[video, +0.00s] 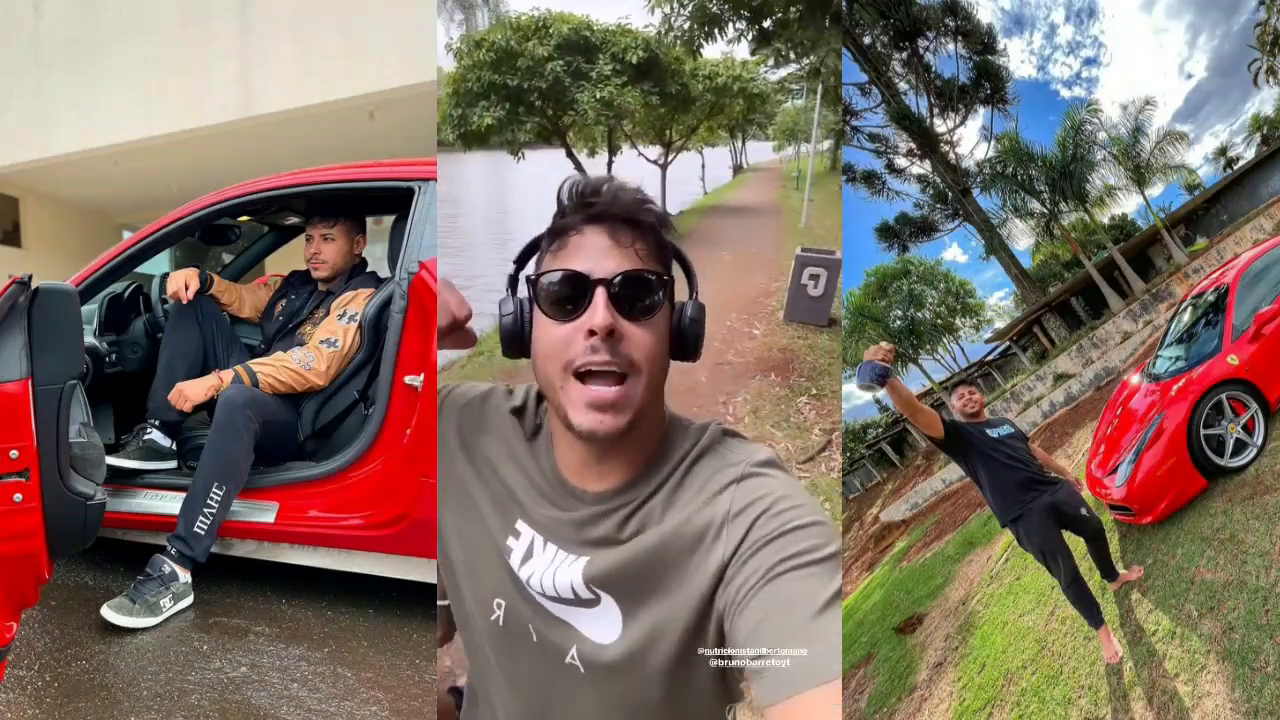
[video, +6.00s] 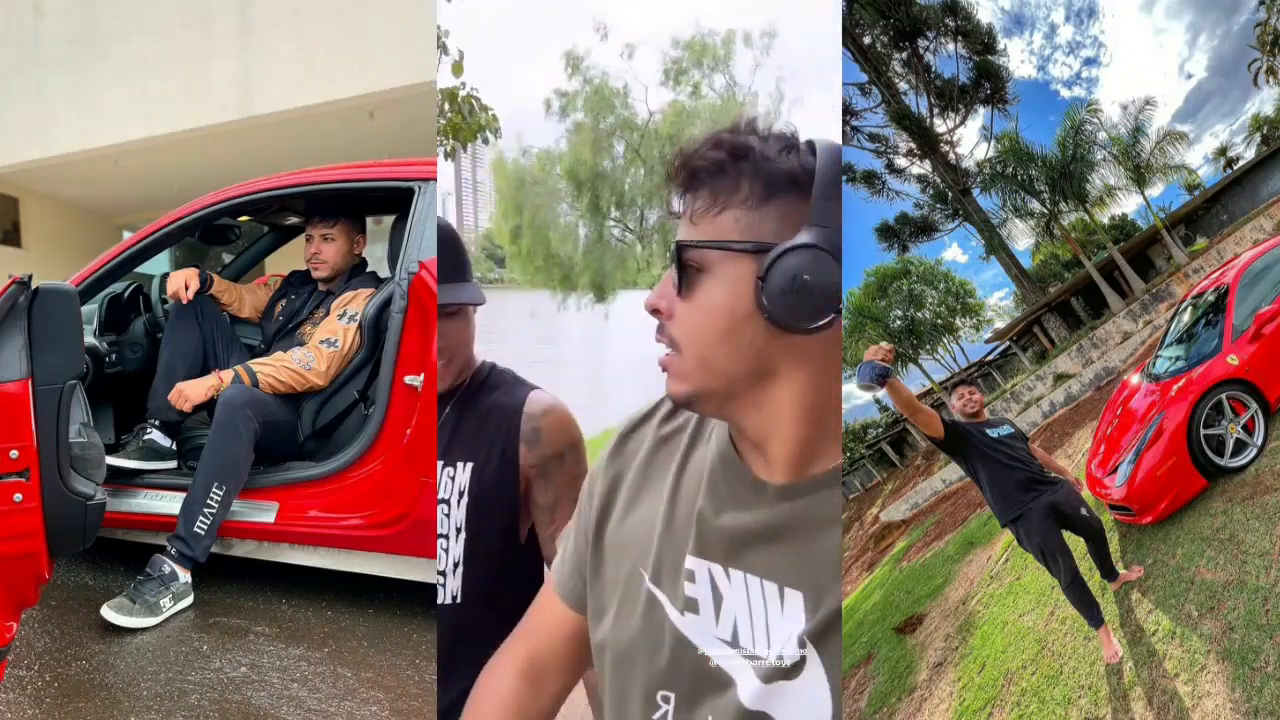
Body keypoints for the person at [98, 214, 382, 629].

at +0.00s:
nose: (314, 249)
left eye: (328, 239)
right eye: (310, 239)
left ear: (358, 245)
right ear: (305, 244)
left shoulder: (362, 297)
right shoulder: (291, 286)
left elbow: (315, 367)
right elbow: (242, 299)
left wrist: (220, 380)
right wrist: (201, 279)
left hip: (314, 412)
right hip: (261, 386)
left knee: (238, 402)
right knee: (195, 302)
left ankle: (176, 567)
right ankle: (160, 433)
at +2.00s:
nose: (314, 249)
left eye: (328, 239)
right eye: (310, 239)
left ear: (359, 245)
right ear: (304, 243)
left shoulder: (361, 297)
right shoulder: (291, 286)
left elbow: (315, 366)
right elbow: (242, 299)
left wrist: (219, 380)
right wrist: (201, 278)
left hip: (315, 410)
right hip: (264, 388)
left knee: (239, 402)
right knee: (196, 302)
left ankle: (177, 567)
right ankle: (161, 433)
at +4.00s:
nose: (314, 250)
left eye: (328, 239)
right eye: (310, 239)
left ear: (358, 245)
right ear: (304, 244)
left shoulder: (362, 297)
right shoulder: (292, 286)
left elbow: (315, 366)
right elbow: (242, 299)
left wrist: (219, 380)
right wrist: (202, 278)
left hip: (316, 410)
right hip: (266, 389)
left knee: (239, 402)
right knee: (196, 303)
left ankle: (177, 568)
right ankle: (161, 433)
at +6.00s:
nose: (314, 249)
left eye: (328, 239)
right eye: (310, 239)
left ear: (358, 245)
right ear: (303, 244)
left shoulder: (361, 297)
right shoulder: (292, 286)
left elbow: (315, 366)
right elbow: (243, 299)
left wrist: (219, 381)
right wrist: (202, 279)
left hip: (315, 411)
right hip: (265, 389)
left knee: (239, 402)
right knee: (196, 303)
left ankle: (177, 568)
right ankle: (161, 433)